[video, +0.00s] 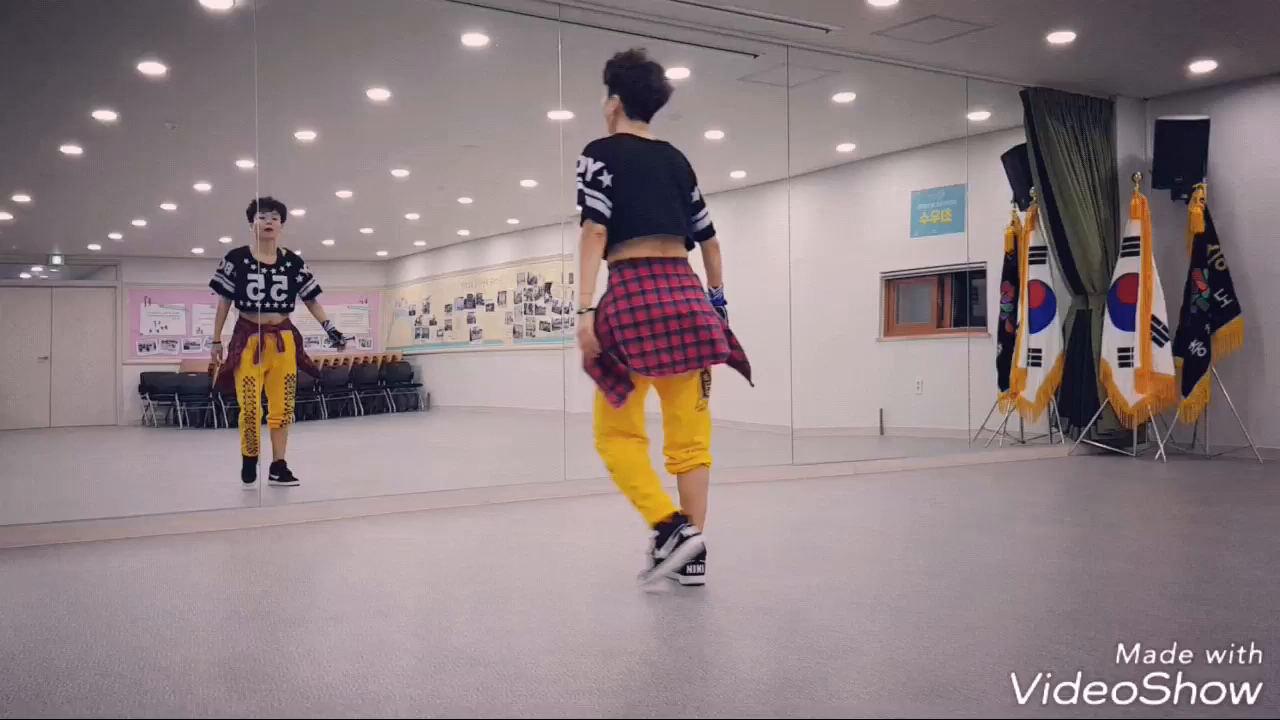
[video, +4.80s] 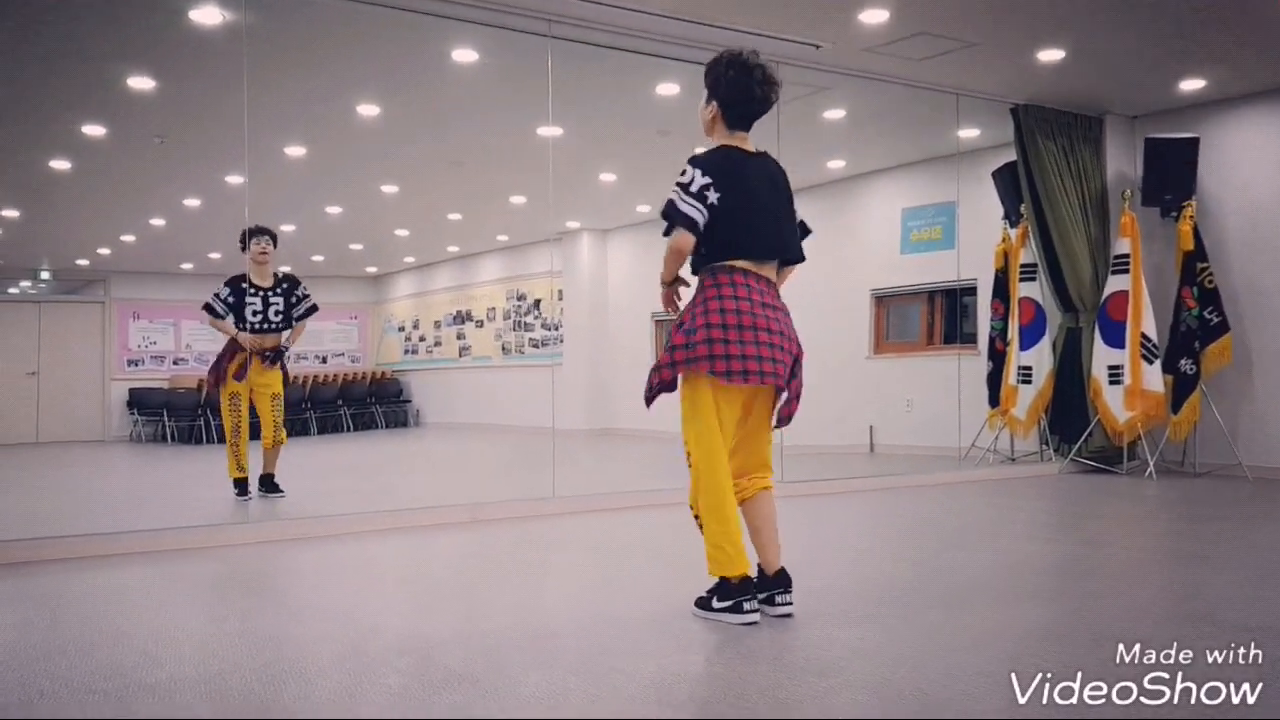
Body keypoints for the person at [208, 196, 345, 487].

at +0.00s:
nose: (269, 223)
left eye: (274, 219)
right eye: (262, 218)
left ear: (282, 225)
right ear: (252, 224)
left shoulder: (292, 261)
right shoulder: (237, 259)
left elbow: (311, 299)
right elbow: (224, 302)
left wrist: (330, 328)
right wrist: (216, 340)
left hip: (283, 337)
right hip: (247, 337)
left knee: (282, 406)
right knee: (249, 408)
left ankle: (279, 464)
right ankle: (249, 459)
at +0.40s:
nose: (261, 238)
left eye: (266, 233)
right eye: (255, 233)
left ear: (274, 239)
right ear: (246, 238)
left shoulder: (285, 274)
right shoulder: (231, 273)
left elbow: (294, 313)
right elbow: (223, 315)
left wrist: (298, 342)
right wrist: (227, 350)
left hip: (278, 347)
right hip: (244, 347)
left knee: (291, 412)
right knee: (249, 416)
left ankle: (283, 466)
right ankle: (254, 472)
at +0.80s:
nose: (264, 272)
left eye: (269, 267)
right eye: (258, 267)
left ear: (277, 272)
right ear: (248, 271)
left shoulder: (282, 306)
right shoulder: (235, 301)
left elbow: (289, 348)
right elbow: (222, 342)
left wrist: (293, 379)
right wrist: (226, 381)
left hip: (279, 378)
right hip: (248, 378)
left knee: (288, 448)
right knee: (253, 448)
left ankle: (275, 495)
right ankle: (254, 503)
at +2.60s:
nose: (248, 292)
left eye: (253, 288)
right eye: (242, 287)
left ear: (260, 293)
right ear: (232, 293)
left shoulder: (274, 324)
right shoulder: (221, 329)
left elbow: (294, 356)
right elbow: (208, 364)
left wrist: (279, 389)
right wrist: (226, 382)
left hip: (262, 401)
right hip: (228, 403)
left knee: (262, 464)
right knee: (222, 464)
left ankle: (257, 519)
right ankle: (228, 521)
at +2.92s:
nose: (234, 290)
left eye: (235, 284)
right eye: (227, 284)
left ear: (237, 288)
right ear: (210, 290)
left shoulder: (244, 323)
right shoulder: (193, 324)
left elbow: (259, 358)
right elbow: (181, 365)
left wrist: (251, 385)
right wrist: (196, 397)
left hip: (241, 395)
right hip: (208, 395)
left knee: (239, 462)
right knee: (202, 463)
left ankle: (228, 520)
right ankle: (200, 520)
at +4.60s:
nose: (242, 261)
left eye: (247, 256)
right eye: (236, 256)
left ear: (253, 260)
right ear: (225, 260)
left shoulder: (260, 295)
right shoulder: (213, 289)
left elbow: (263, 336)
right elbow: (197, 325)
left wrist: (258, 360)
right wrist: (209, 360)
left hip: (247, 366)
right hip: (218, 365)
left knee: (260, 433)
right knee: (218, 434)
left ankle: (247, 489)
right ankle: (218, 493)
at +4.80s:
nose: (263, 248)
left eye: (267, 244)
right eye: (256, 244)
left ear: (274, 250)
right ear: (247, 251)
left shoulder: (288, 284)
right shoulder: (235, 284)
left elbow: (302, 319)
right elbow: (212, 316)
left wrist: (286, 346)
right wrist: (238, 334)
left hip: (271, 362)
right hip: (236, 361)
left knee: (274, 429)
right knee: (236, 426)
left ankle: (268, 477)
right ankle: (240, 479)